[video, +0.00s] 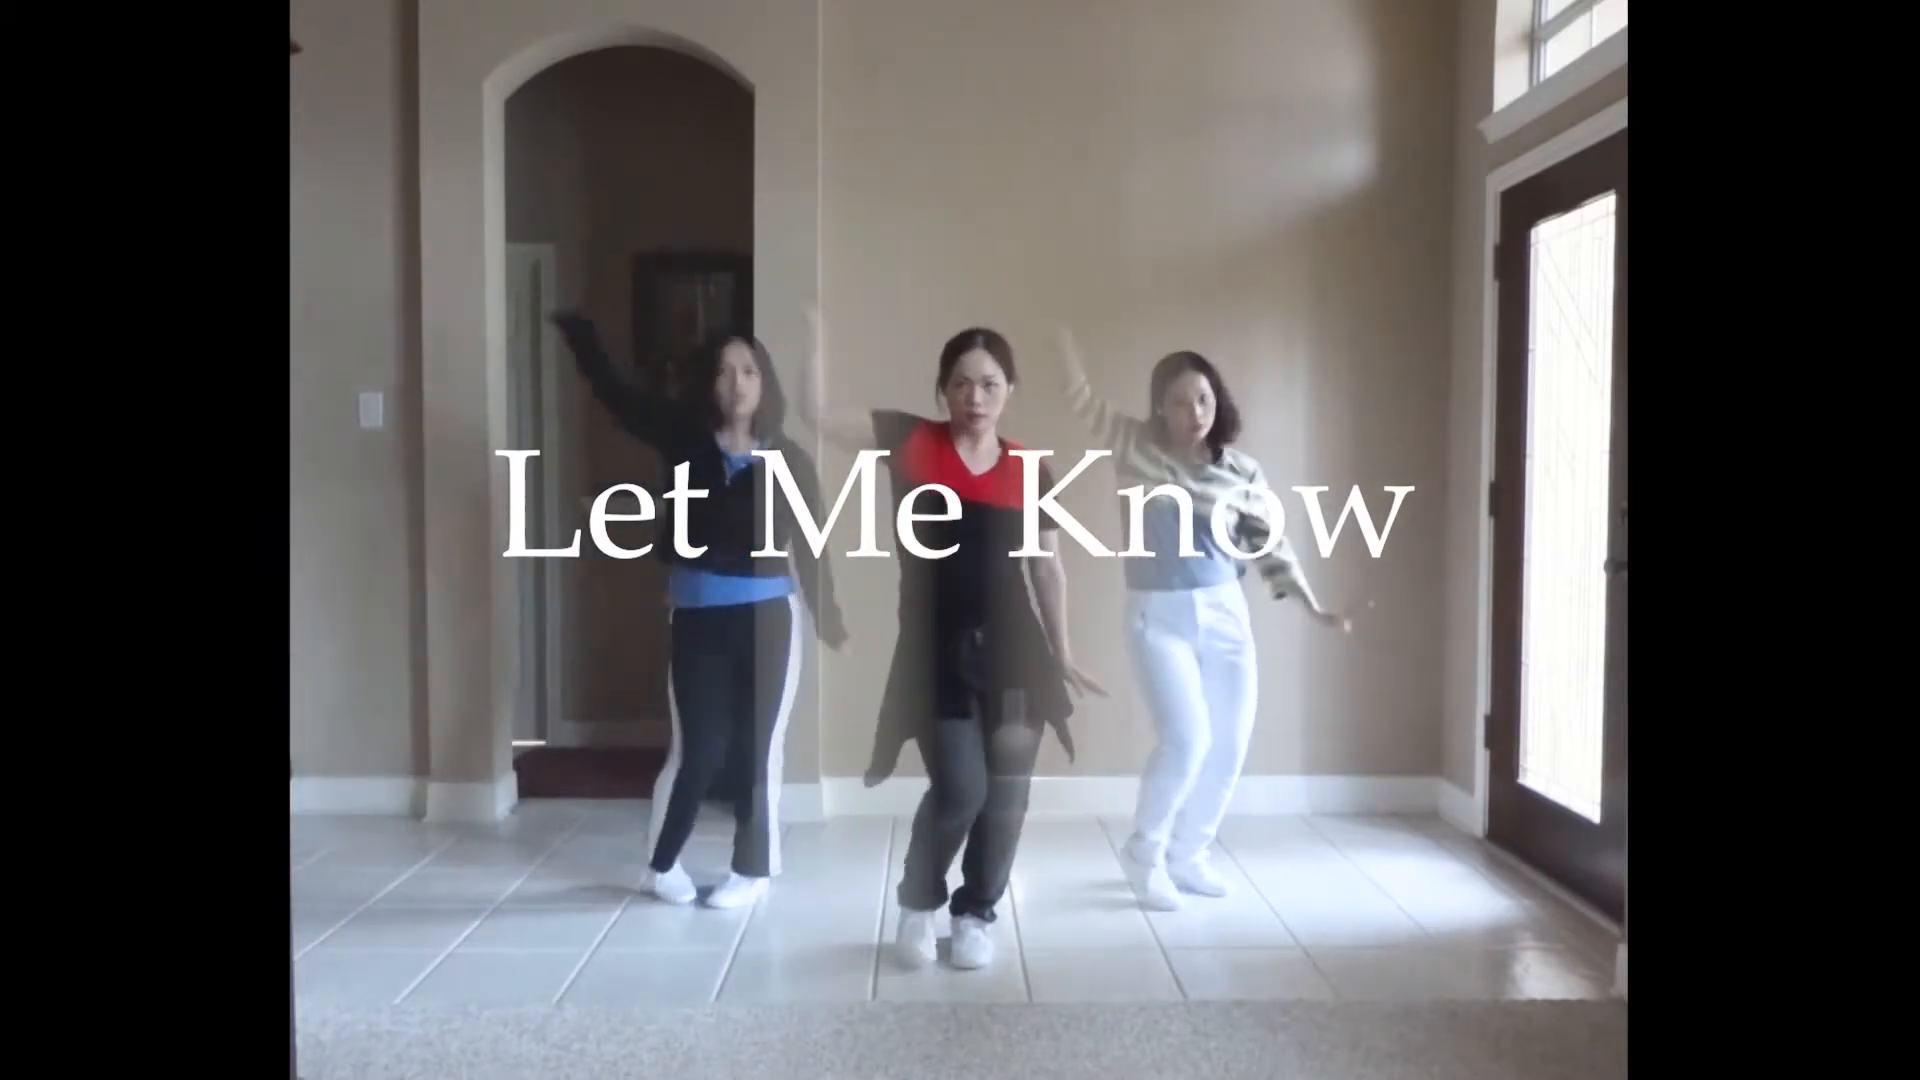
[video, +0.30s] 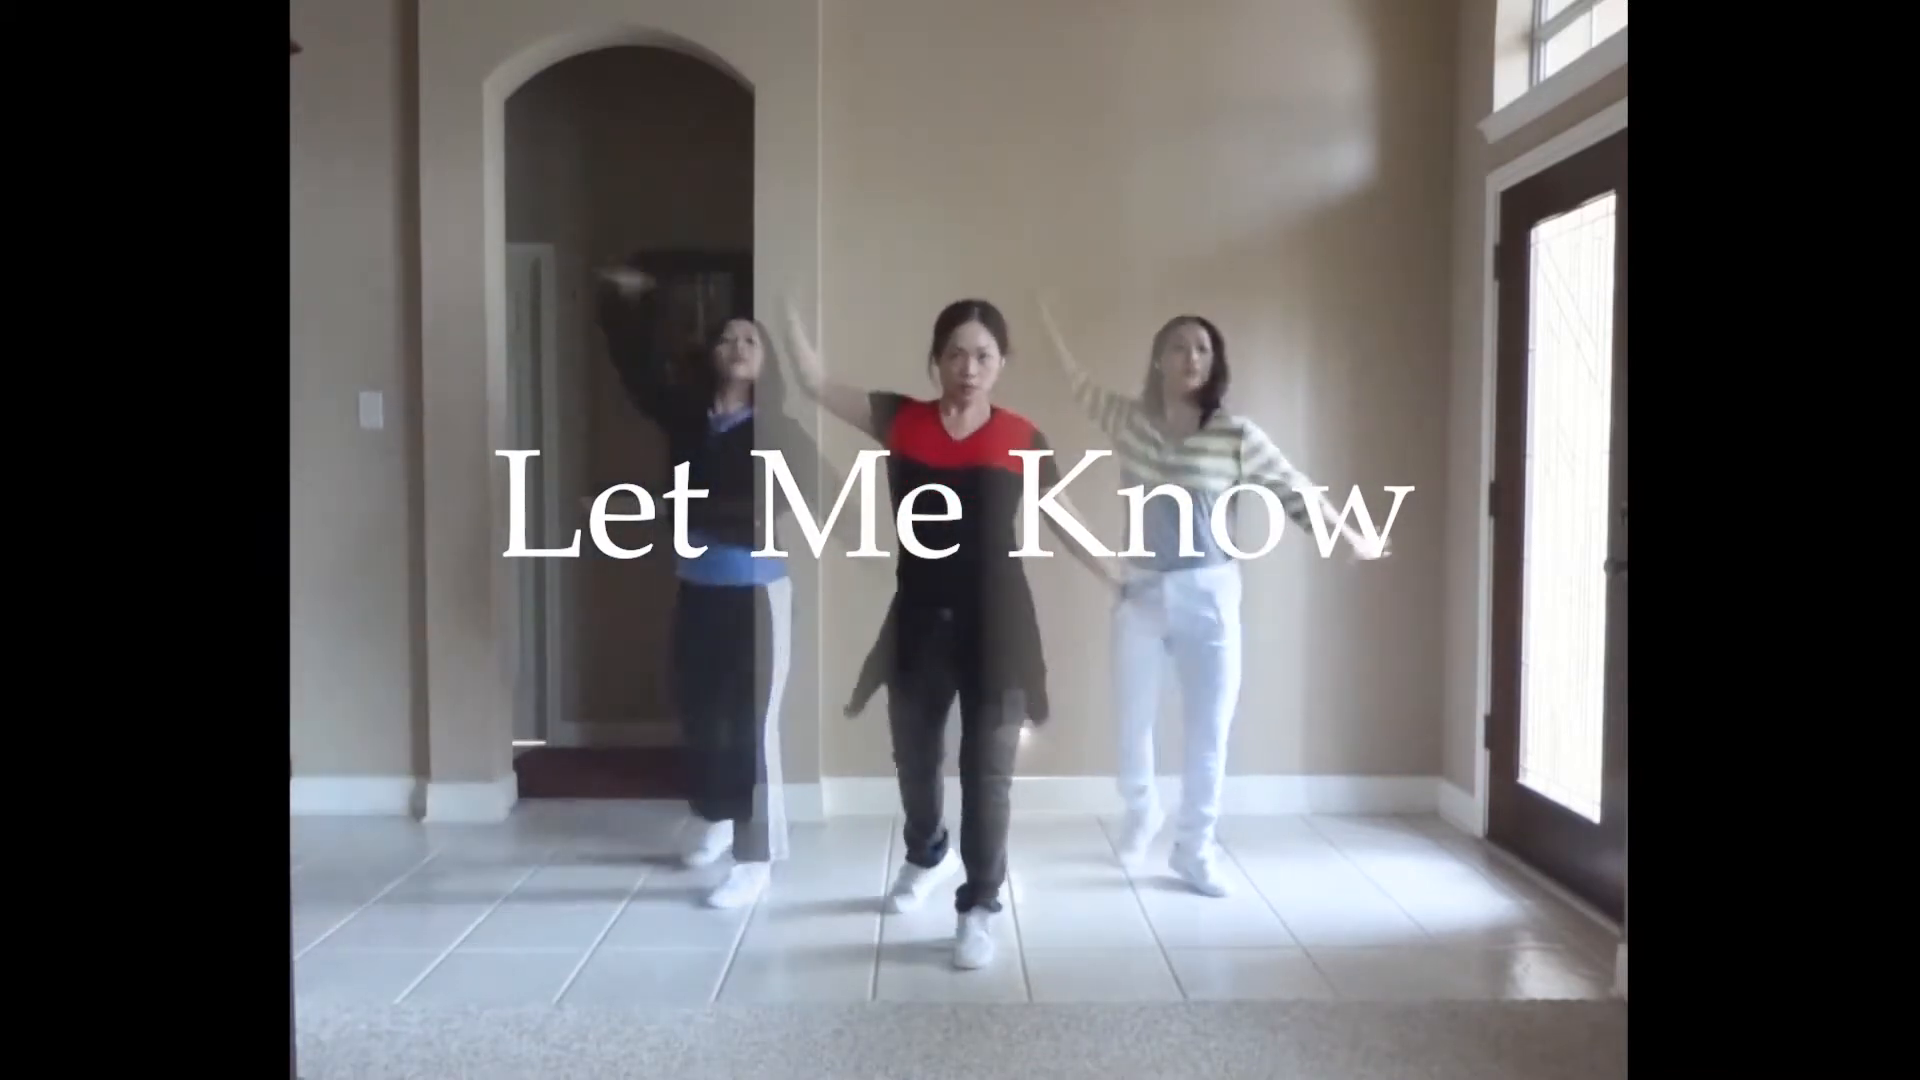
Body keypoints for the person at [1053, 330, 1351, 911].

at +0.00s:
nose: (1195, 411)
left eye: (1203, 399)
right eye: (1181, 402)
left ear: (1217, 403)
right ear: (1159, 408)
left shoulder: (1241, 471)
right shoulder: (1138, 449)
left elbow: (1270, 547)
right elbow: (1092, 412)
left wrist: (1311, 606)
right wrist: (1072, 373)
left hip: (1225, 616)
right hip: (1158, 619)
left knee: (1228, 743)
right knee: (1187, 741)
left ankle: (1189, 856)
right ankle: (1144, 854)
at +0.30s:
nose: (1190, 357)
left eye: (1201, 349)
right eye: (1178, 347)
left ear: (1216, 365)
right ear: (1156, 360)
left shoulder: (1236, 436)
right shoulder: (1130, 422)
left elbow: (1293, 489)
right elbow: (1079, 383)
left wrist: (1348, 538)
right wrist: (1045, 320)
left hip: (1209, 595)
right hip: (1140, 594)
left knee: (1209, 731)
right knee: (1132, 721)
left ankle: (1195, 849)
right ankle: (1137, 817)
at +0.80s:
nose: (1160, 395)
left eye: (1171, 387)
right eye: (1151, 385)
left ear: (1186, 400)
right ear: (1132, 393)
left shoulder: (1202, 466)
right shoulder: (1101, 453)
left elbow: (1255, 514)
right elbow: (1043, 410)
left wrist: (1313, 516)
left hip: (1183, 600)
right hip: (1121, 604)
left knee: (1184, 712)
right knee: (1127, 723)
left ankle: (1215, 838)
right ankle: (1145, 829)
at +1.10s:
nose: (1116, 417)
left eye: (1123, 409)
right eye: (1118, 409)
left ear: (1138, 417)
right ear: (1179, 416)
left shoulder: (1201, 475)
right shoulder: (1105, 469)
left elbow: (1250, 535)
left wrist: (1318, 542)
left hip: (1170, 606)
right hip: (1114, 605)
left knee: (1182, 719)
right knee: (1116, 728)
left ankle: (1205, 842)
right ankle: (1144, 824)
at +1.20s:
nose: (1120, 421)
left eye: (1126, 412)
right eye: (1120, 411)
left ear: (1144, 416)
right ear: (1176, 413)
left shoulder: (1200, 475)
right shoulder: (1104, 470)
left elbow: (1248, 536)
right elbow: (1046, 513)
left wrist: (1316, 547)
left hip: (1172, 607)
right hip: (1113, 606)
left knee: (1181, 719)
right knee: (1116, 727)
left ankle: (1206, 843)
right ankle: (1143, 826)